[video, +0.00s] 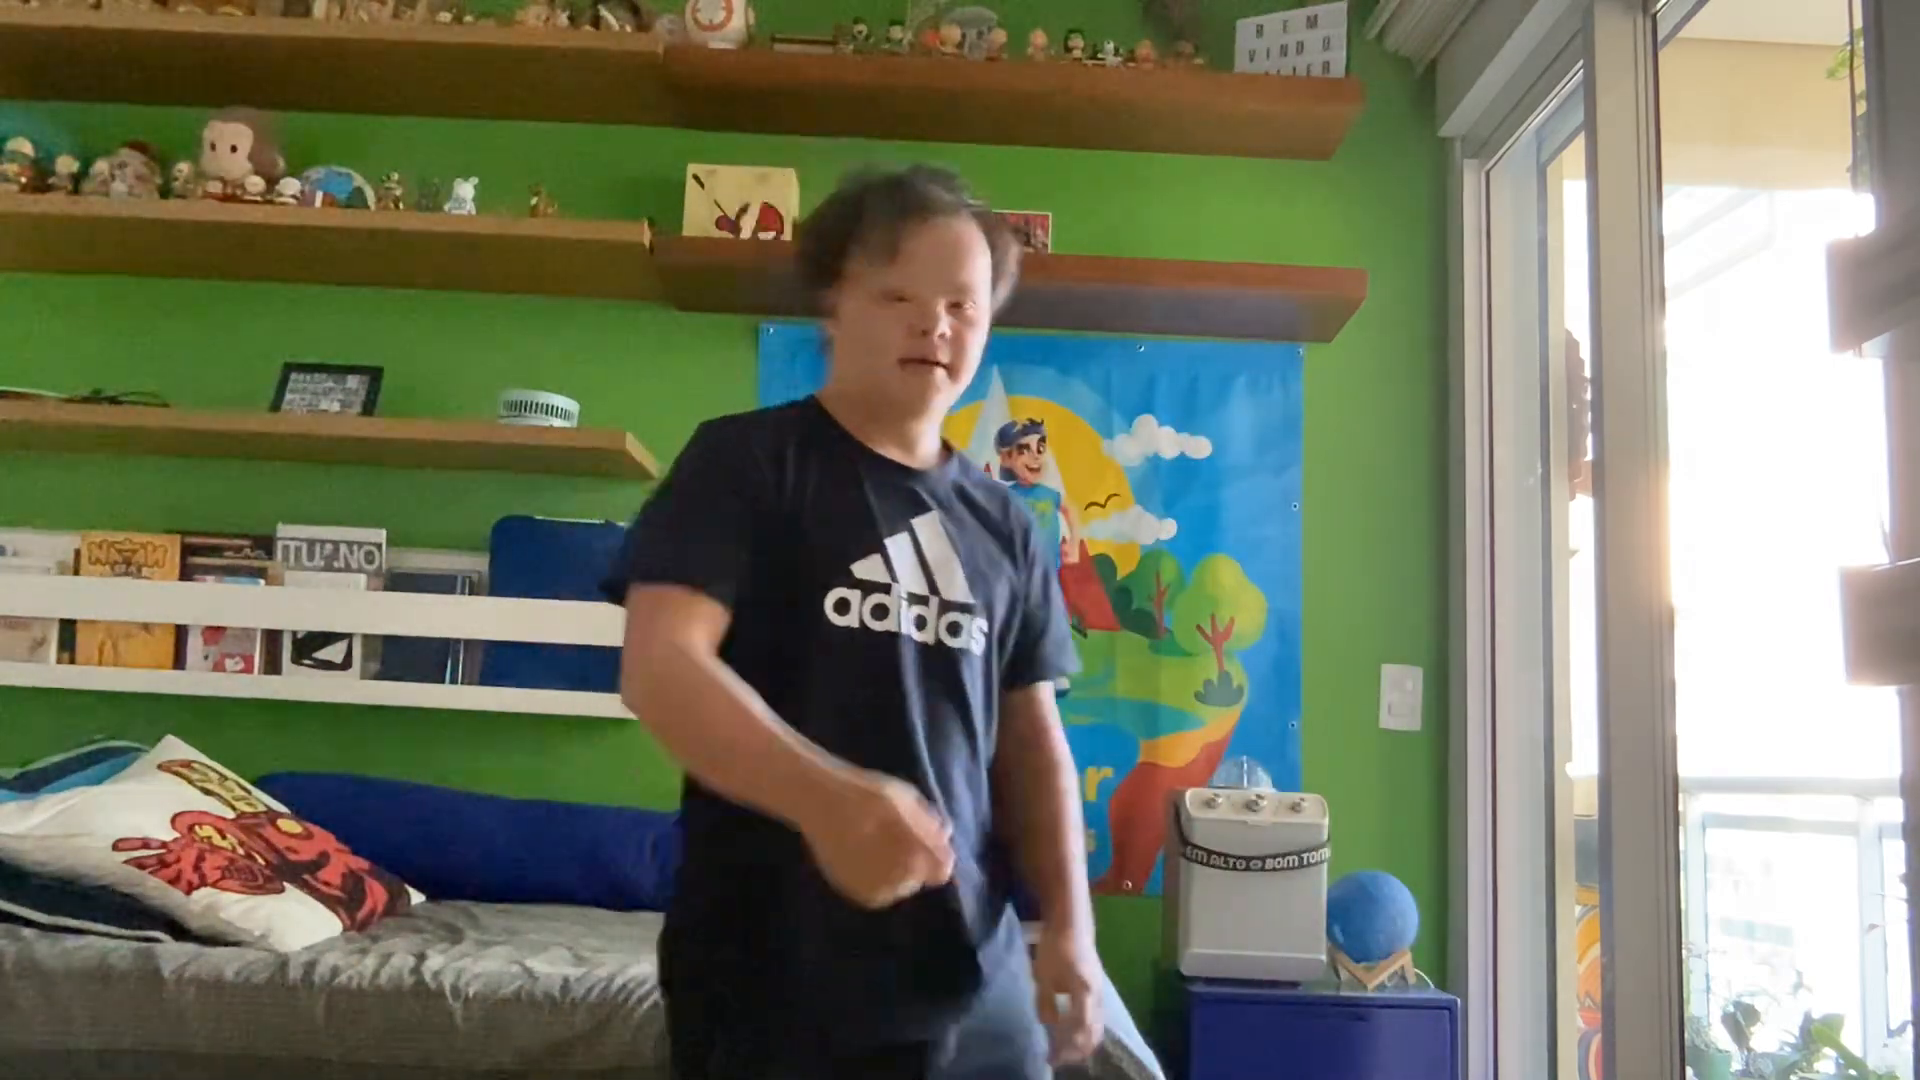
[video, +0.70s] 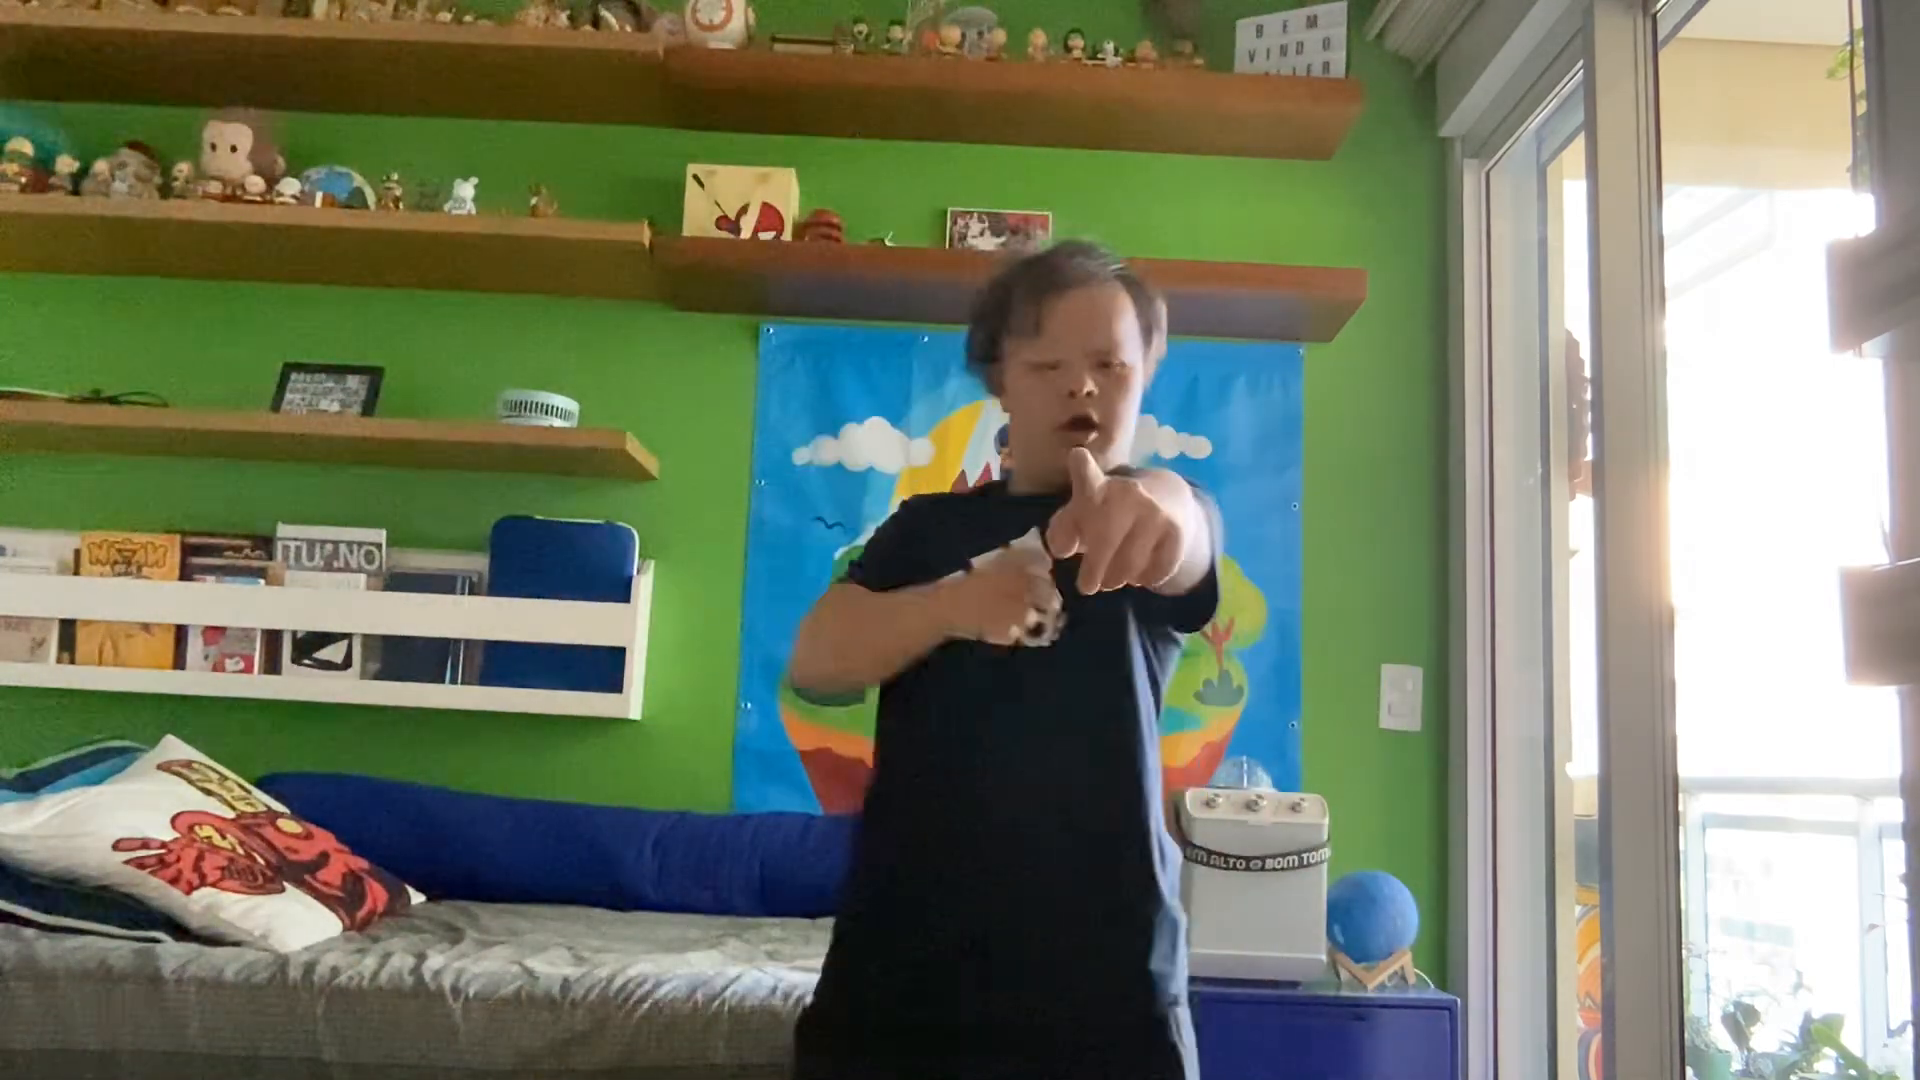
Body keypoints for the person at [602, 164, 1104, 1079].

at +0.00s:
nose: (933, 325)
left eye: (959, 303)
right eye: (896, 296)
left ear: (985, 329)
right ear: (833, 302)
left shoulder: (1004, 524)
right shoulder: (741, 462)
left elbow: (1032, 736)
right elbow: (659, 664)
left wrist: (1066, 927)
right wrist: (822, 797)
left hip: (973, 986)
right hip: (778, 982)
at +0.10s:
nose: (958, 340)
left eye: (986, 318)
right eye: (924, 310)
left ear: (1015, 341)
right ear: (859, 316)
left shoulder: (1035, 531)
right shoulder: (774, 463)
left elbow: (1067, 740)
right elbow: (695, 636)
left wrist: (1101, 935)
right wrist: (853, 732)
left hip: (995, 990)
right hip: (795, 983)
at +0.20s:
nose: (1006, 359)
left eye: (1033, 336)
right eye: (971, 331)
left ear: (1063, 356)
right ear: (907, 339)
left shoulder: (1092, 554)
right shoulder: (833, 477)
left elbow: (1138, 756)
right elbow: (751, 593)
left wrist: (1152, 955)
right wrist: (891, 647)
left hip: (1033, 991)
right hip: (835, 978)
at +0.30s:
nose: (1056, 361)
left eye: (1083, 337)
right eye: (1021, 333)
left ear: (1115, 352)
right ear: (962, 344)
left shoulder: (1151, 549)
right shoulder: (880, 482)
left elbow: (1206, 740)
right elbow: (814, 606)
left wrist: (1190, 897)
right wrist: (918, 636)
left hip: (1077, 997)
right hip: (876, 973)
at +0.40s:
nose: (1100, 360)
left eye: (1127, 335)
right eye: (1065, 336)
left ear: (1163, 352)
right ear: (1013, 352)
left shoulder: (1210, 537)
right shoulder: (928, 507)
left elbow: (1267, 673)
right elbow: (860, 673)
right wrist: (961, 717)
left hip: (1110, 989)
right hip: (907, 974)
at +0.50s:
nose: (1107, 366)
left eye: (1134, 341)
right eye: (1071, 343)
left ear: (1173, 360)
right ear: (1024, 364)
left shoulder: (1206, 517)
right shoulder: (943, 509)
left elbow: (1241, 576)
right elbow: (861, 680)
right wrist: (974, 714)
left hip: (1113, 969)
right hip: (923, 957)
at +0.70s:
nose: (1081, 390)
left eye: (1107, 365)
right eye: (1048, 366)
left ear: (1143, 380)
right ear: (998, 379)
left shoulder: (1161, 514)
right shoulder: (928, 527)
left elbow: (1177, 532)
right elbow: (815, 662)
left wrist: (1151, 503)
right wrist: (950, 605)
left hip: (1101, 974)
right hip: (916, 968)